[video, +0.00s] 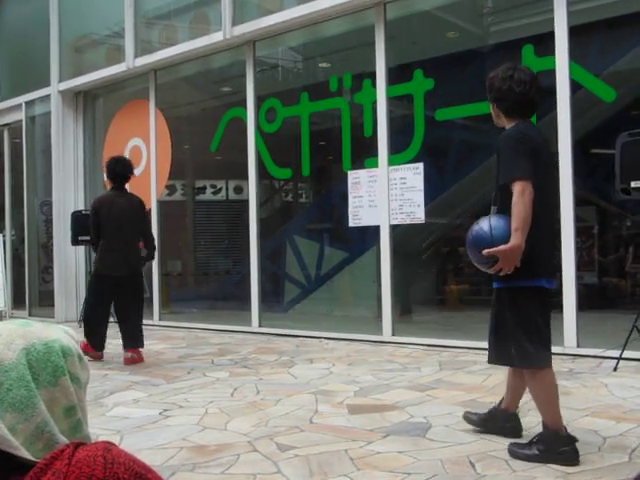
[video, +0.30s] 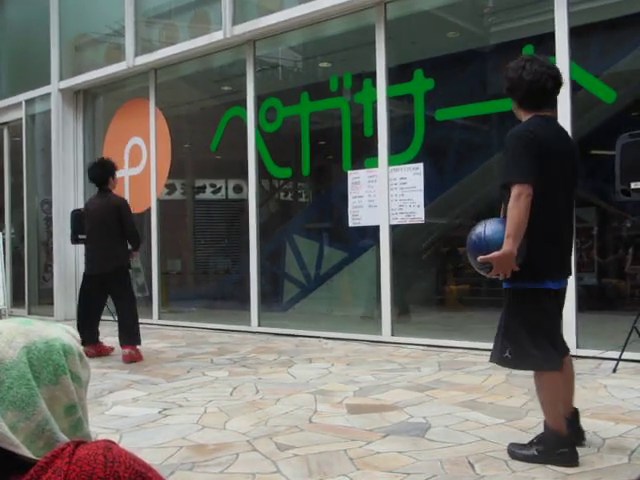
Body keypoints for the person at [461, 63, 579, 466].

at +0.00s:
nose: (489, 107)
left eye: (490, 101)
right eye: (490, 101)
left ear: (495, 105)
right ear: (531, 102)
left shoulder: (514, 138)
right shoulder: (537, 138)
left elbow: (523, 191)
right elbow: (537, 195)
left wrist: (517, 242)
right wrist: (514, 242)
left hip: (525, 263)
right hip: (538, 260)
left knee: (531, 348)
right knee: (521, 341)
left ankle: (556, 437)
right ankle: (506, 412)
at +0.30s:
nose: (506, 95)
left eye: (509, 89)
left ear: (513, 96)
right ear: (554, 94)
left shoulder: (523, 136)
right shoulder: (562, 138)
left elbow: (523, 193)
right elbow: (557, 203)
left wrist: (509, 247)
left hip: (534, 263)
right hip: (555, 262)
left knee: (542, 350)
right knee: (552, 343)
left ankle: (556, 439)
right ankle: (566, 421)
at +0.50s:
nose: (522, 88)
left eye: (525, 83)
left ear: (527, 93)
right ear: (569, 93)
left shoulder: (524, 138)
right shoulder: (580, 137)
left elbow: (512, 196)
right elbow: (577, 201)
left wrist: (489, 247)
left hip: (534, 265)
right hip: (574, 261)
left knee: (545, 351)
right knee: (585, 344)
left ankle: (556, 439)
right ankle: (606, 431)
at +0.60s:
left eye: (533, 84)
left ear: (535, 92)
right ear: (578, 93)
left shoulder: (528, 139)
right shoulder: (590, 139)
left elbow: (506, 199)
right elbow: (596, 208)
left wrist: (479, 247)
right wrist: (579, 242)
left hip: (537, 268)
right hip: (583, 265)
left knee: (547, 351)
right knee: (596, 346)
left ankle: (556, 439)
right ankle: (607, 432)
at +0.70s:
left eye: (544, 84)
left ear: (545, 91)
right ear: (588, 93)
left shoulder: (533, 138)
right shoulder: (600, 139)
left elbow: (505, 197)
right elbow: (609, 210)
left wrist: (475, 244)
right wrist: (597, 252)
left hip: (545, 268)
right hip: (591, 265)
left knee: (550, 352)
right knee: (603, 348)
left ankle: (556, 440)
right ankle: (607, 434)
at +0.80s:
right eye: (598, 87)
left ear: (553, 92)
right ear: (596, 93)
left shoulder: (537, 140)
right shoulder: (610, 142)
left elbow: (508, 197)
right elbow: (623, 210)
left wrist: (478, 242)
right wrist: (619, 260)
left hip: (553, 269)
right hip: (600, 266)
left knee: (552, 352)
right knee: (607, 348)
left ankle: (556, 440)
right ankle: (608, 434)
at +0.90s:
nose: (610, 94)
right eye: (608, 89)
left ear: (560, 93)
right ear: (604, 95)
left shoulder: (544, 141)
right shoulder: (620, 143)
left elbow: (513, 198)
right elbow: (632, 210)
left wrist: (486, 242)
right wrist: (635, 262)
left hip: (558, 269)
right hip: (609, 266)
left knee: (553, 352)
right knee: (612, 349)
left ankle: (557, 438)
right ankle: (609, 434)